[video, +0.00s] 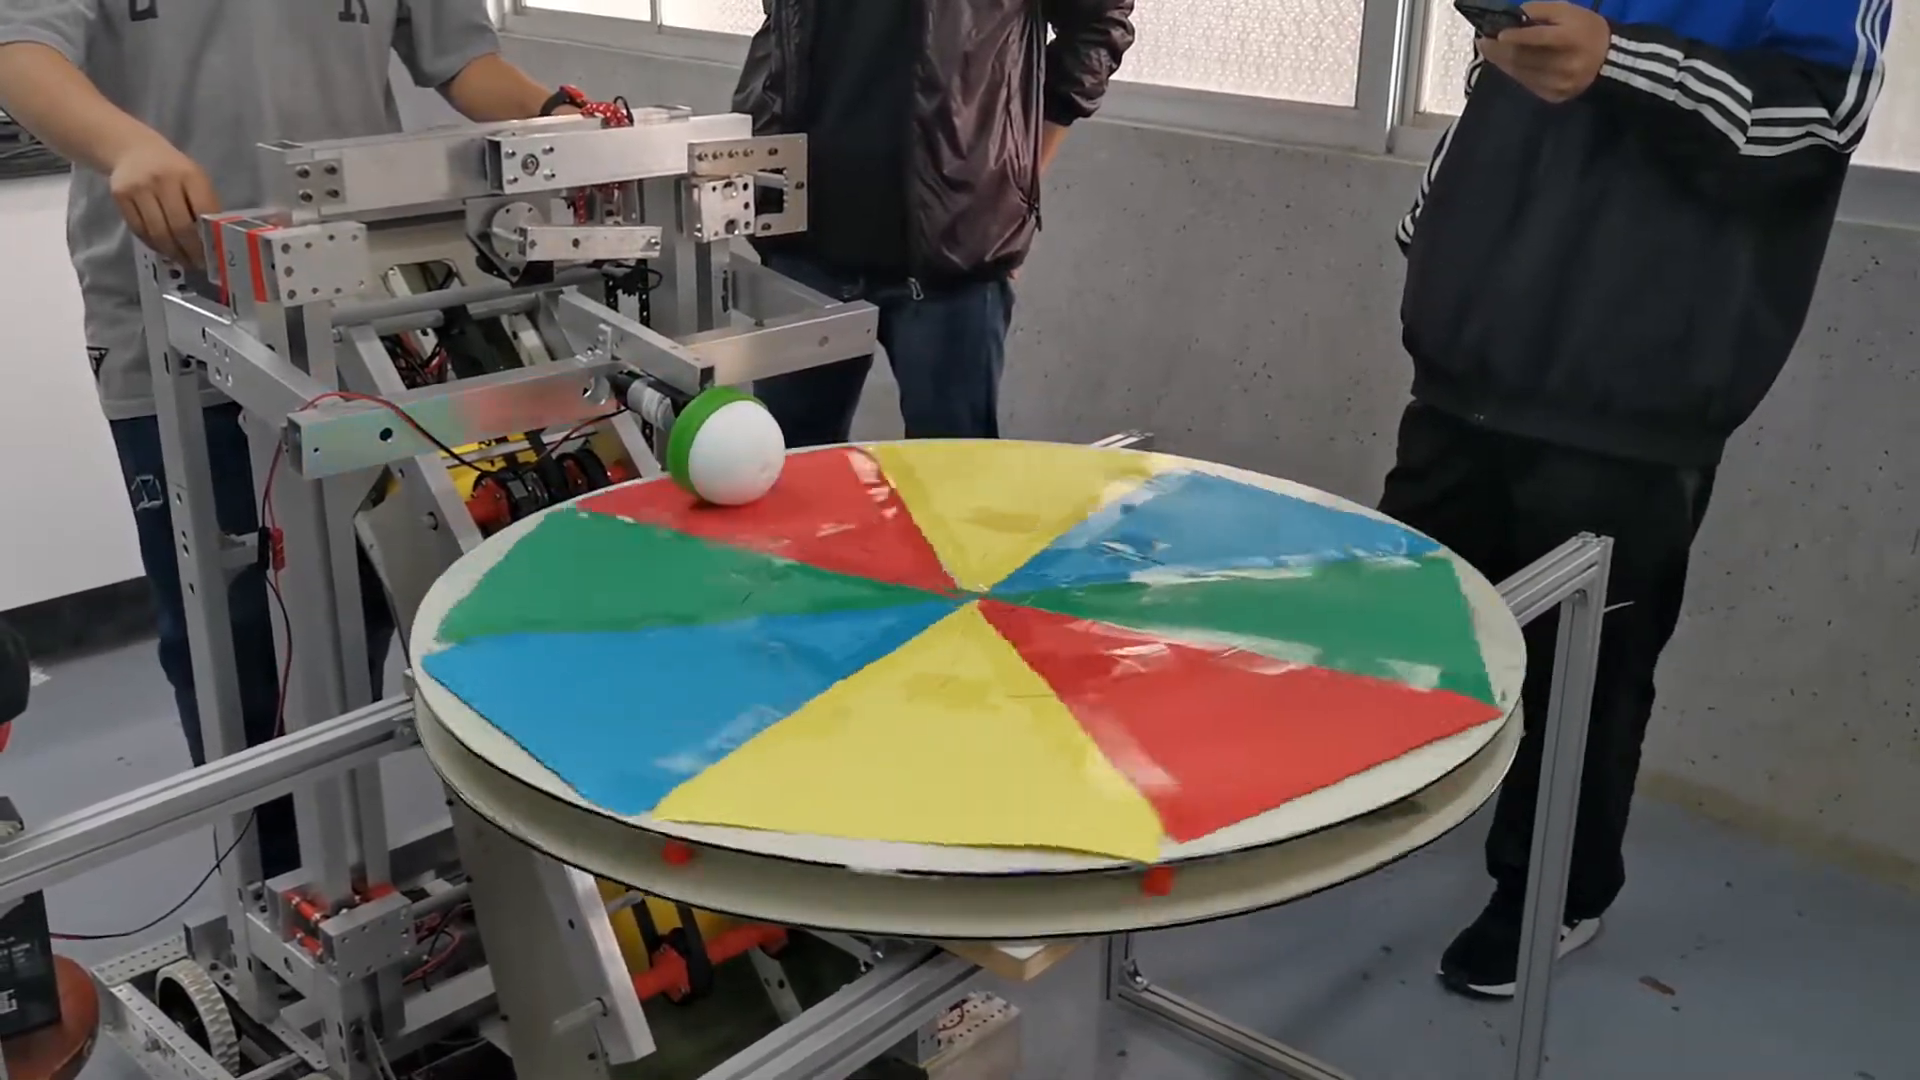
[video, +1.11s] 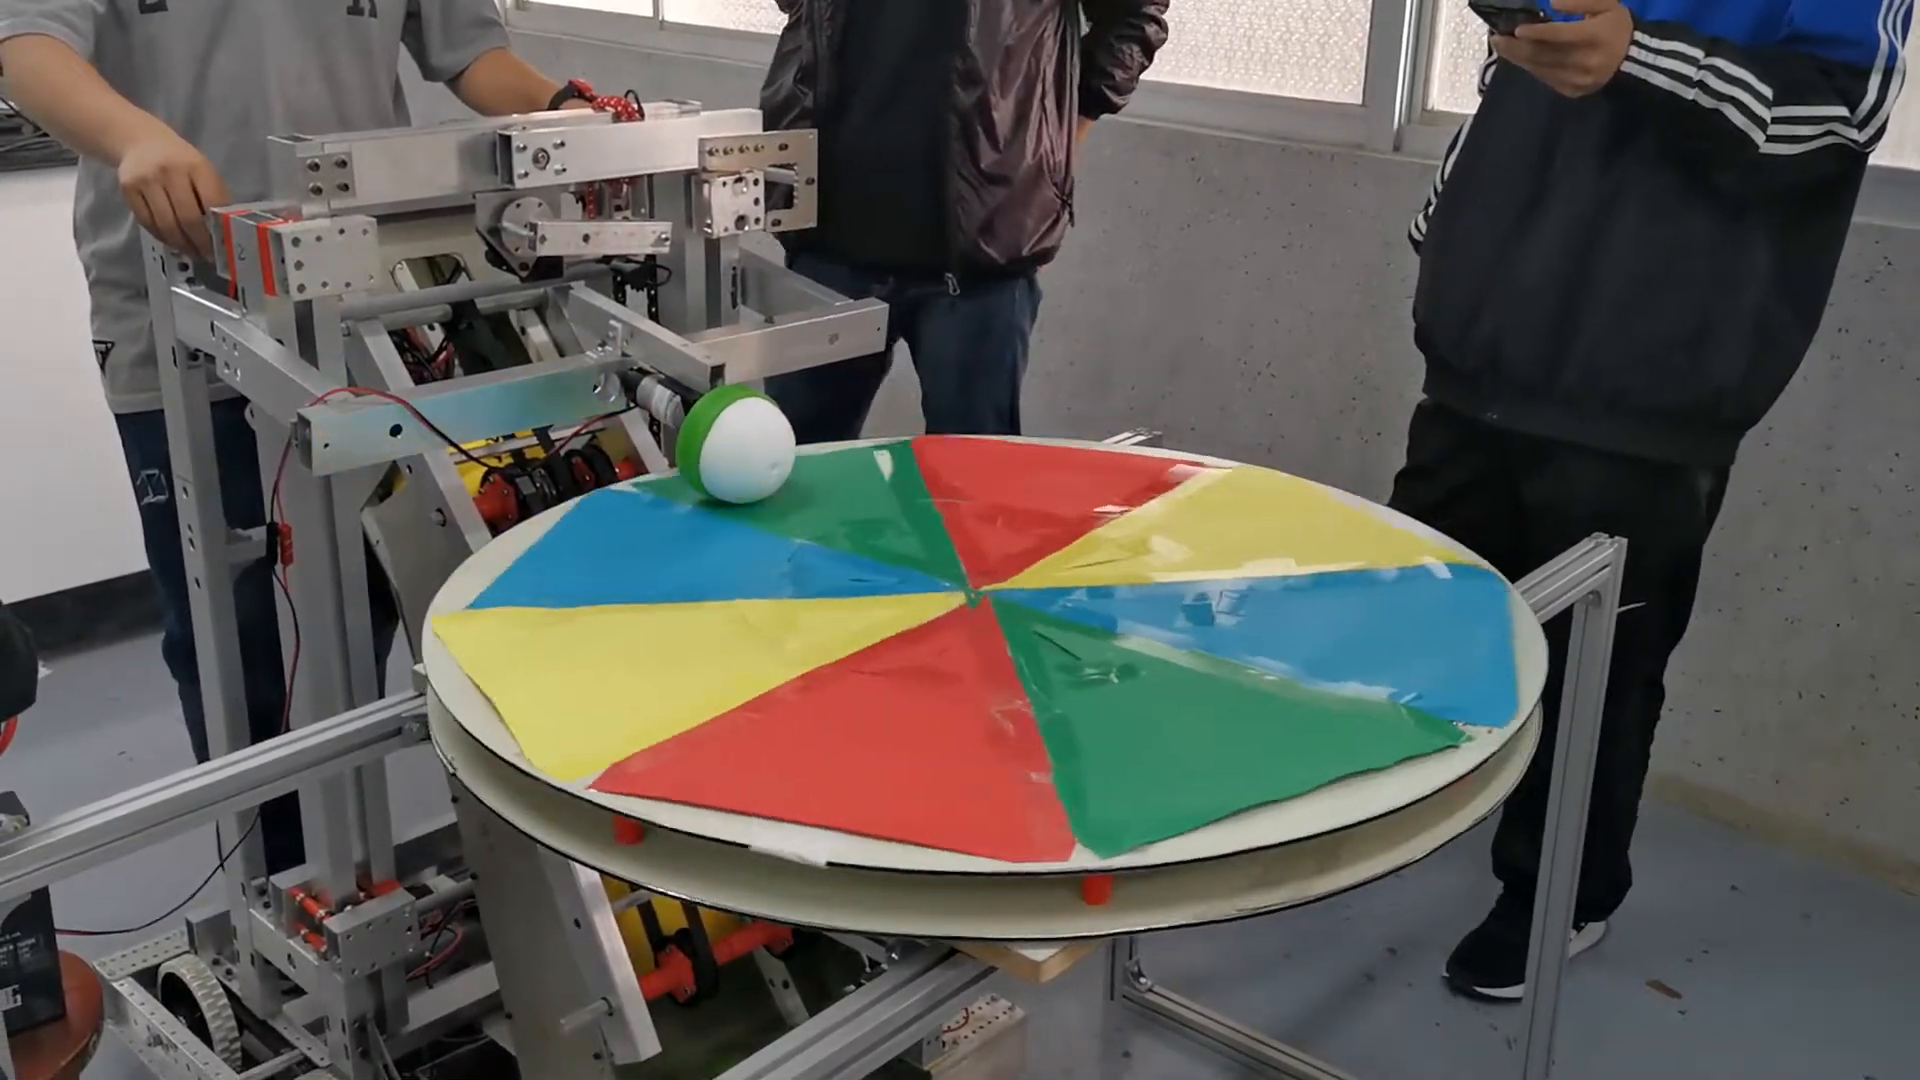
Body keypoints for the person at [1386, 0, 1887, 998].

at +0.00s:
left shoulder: (1826, 8)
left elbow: (1813, 124)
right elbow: (1506, 75)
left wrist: (1613, 57)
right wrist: (1424, 242)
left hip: (1649, 356)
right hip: (1484, 309)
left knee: (1587, 652)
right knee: (1413, 598)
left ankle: (1552, 890)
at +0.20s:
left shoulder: (1830, 8)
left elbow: (1818, 121)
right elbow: (1507, 50)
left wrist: (1617, 57)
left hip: (1653, 350)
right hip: (1489, 303)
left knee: (1589, 649)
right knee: (1415, 597)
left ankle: (1555, 890)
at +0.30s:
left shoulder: (1830, 9)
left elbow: (1821, 120)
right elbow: (1509, 36)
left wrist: (1618, 56)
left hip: (1655, 352)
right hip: (1489, 304)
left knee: (1590, 650)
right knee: (1415, 596)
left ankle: (1555, 891)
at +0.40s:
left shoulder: (1834, 9)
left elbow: (1819, 122)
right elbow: (1510, 42)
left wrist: (1620, 56)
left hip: (1657, 352)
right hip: (1491, 304)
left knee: (1593, 649)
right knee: (1414, 599)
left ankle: (1557, 891)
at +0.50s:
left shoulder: (1834, 10)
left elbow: (1825, 120)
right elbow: (1511, 49)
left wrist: (1622, 55)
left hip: (1656, 352)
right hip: (1491, 304)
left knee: (1593, 649)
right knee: (1416, 600)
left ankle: (1556, 891)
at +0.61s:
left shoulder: (1835, 9)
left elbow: (1826, 119)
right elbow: (1512, 57)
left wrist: (1624, 56)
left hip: (1657, 355)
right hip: (1492, 309)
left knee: (1592, 654)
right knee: (1414, 598)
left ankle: (1556, 892)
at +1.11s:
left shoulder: (1847, 11)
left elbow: (1836, 117)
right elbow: (1517, 33)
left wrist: (1634, 54)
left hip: (1667, 348)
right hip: (1499, 300)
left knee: (1600, 648)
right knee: (1420, 595)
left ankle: (1560, 892)